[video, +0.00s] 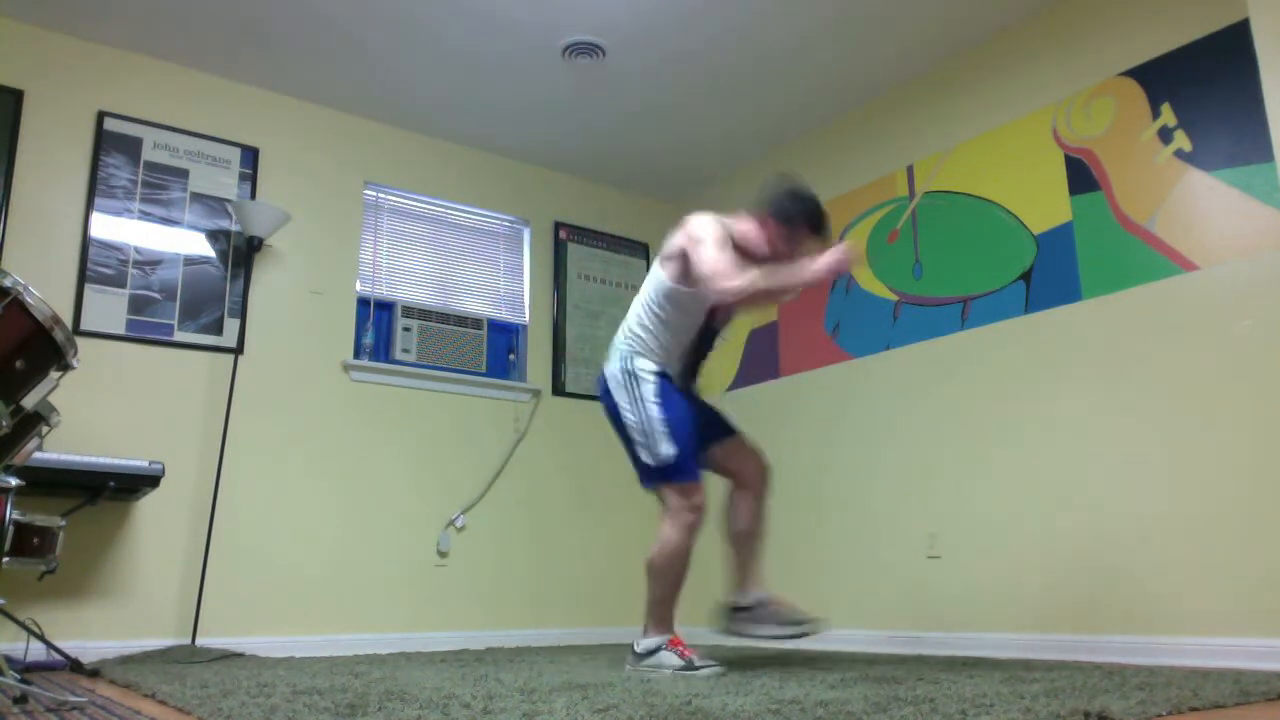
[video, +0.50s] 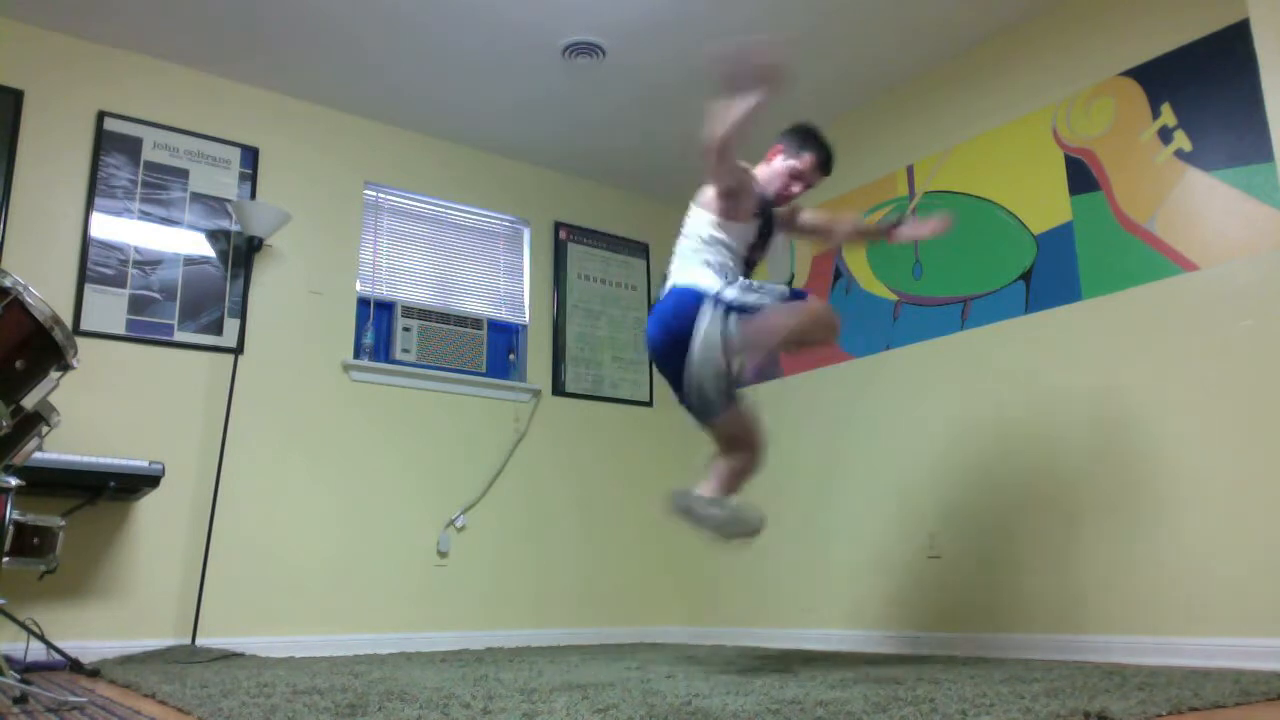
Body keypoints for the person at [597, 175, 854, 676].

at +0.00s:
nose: (783, 261)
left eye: (791, 255)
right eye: (786, 250)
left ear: (779, 233)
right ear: (771, 227)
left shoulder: (746, 255)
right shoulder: (704, 229)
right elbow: (726, 286)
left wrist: (811, 275)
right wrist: (815, 270)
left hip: (669, 383)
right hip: (634, 374)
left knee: (750, 469)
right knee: (684, 506)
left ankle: (746, 601)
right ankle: (654, 642)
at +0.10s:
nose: (800, 279)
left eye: (810, 271)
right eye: (805, 265)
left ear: (794, 245)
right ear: (789, 236)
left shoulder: (741, 284)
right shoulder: (718, 230)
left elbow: (693, 356)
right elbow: (664, 279)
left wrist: (722, 399)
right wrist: (714, 318)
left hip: (666, 379)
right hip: (635, 363)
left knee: (728, 488)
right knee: (672, 502)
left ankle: (672, 611)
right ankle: (650, 640)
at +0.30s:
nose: (763, 205)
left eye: (773, 201)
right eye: (762, 189)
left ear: (774, 210)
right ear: (739, 177)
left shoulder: (737, 260)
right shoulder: (700, 209)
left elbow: (773, 311)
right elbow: (652, 188)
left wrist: (777, 322)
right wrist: (596, 170)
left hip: (671, 371)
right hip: (679, 351)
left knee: (674, 498)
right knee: (794, 417)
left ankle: (629, 629)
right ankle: (766, 538)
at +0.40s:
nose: (776, 186)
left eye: (787, 184)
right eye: (776, 171)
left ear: (789, 189)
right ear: (756, 153)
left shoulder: (763, 224)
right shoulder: (721, 182)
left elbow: (801, 271)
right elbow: (678, 151)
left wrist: (845, 254)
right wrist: (645, 115)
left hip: (669, 343)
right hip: (685, 312)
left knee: (695, 469)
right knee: (801, 337)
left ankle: (659, 578)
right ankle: (824, 403)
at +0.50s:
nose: (796, 191)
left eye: (806, 186)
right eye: (795, 176)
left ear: (807, 188)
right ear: (772, 155)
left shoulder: (778, 216)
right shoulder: (737, 188)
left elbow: (834, 227)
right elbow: (716, 146)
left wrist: (894, 229)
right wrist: (752, 95)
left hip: (671, 344)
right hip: (695, 306)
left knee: (743, 444)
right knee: (822, 319)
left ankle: (706, 496)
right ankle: (733, 361)